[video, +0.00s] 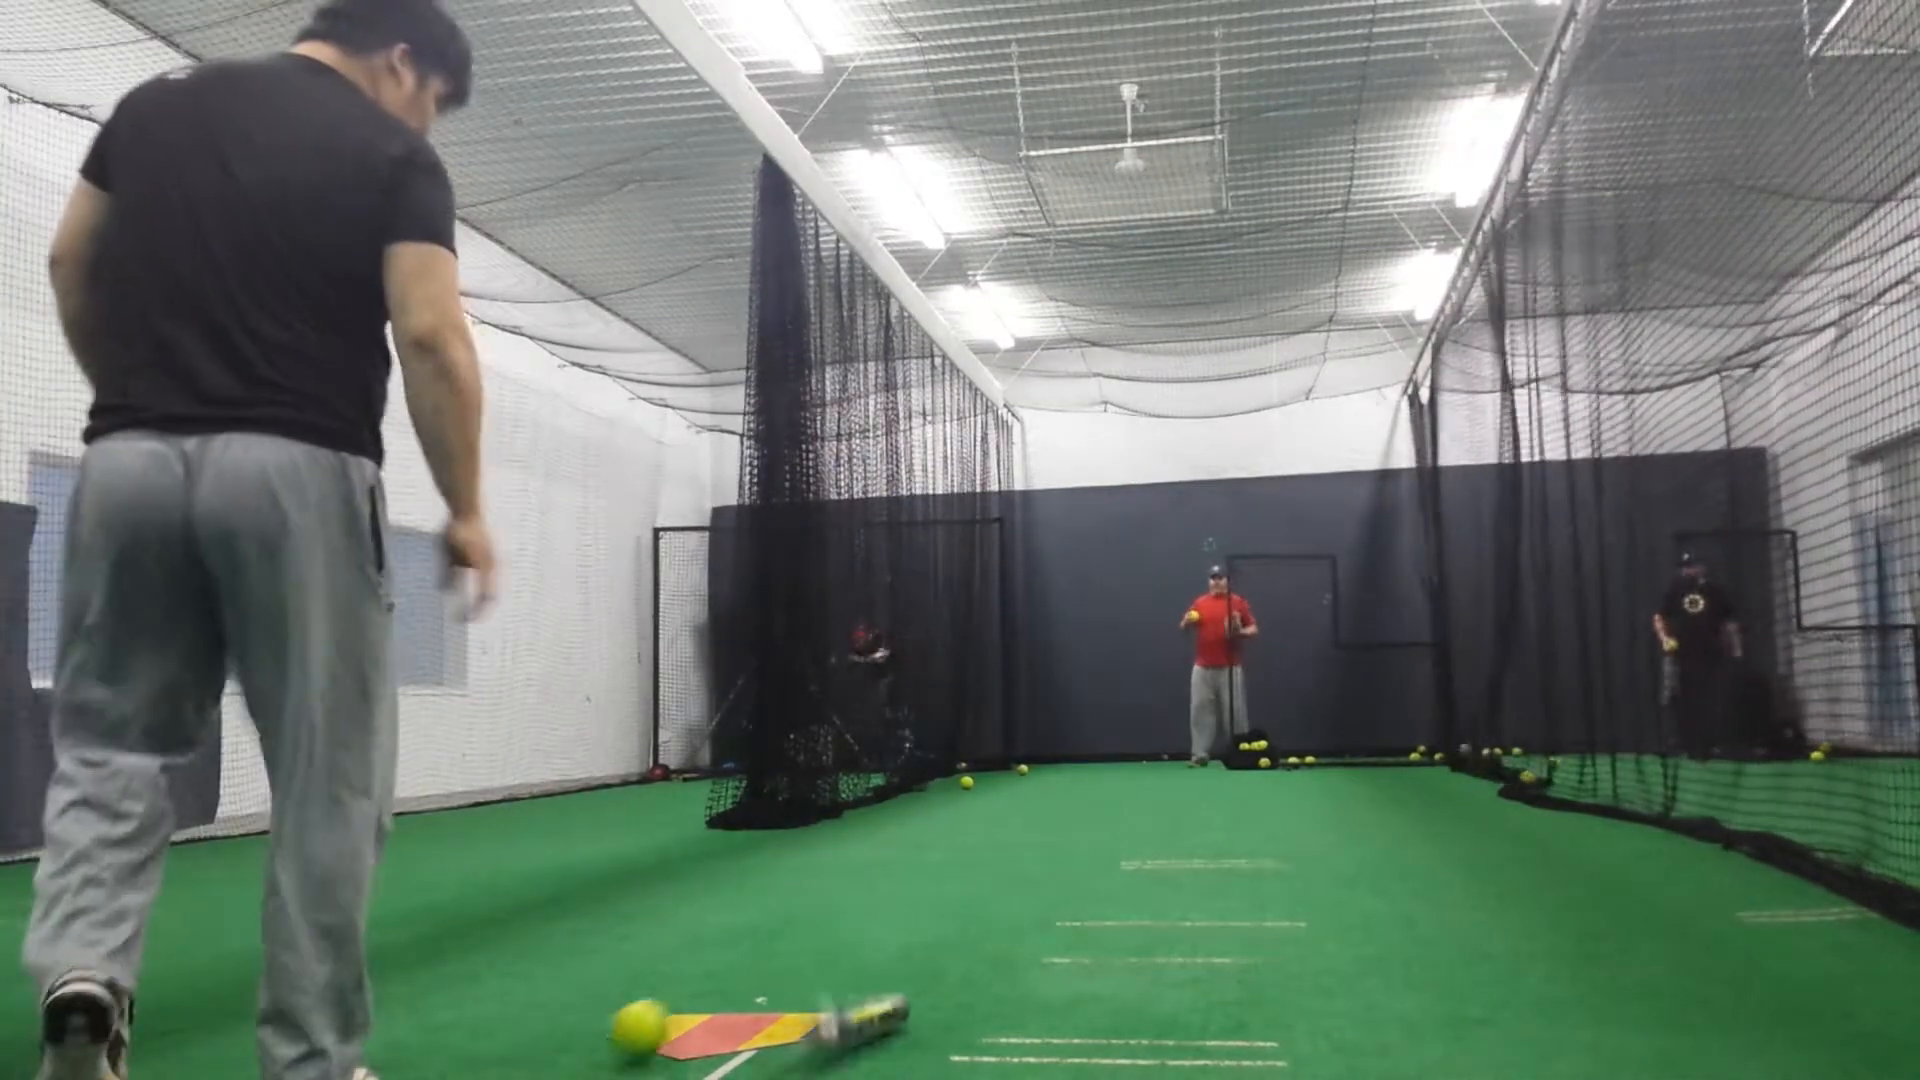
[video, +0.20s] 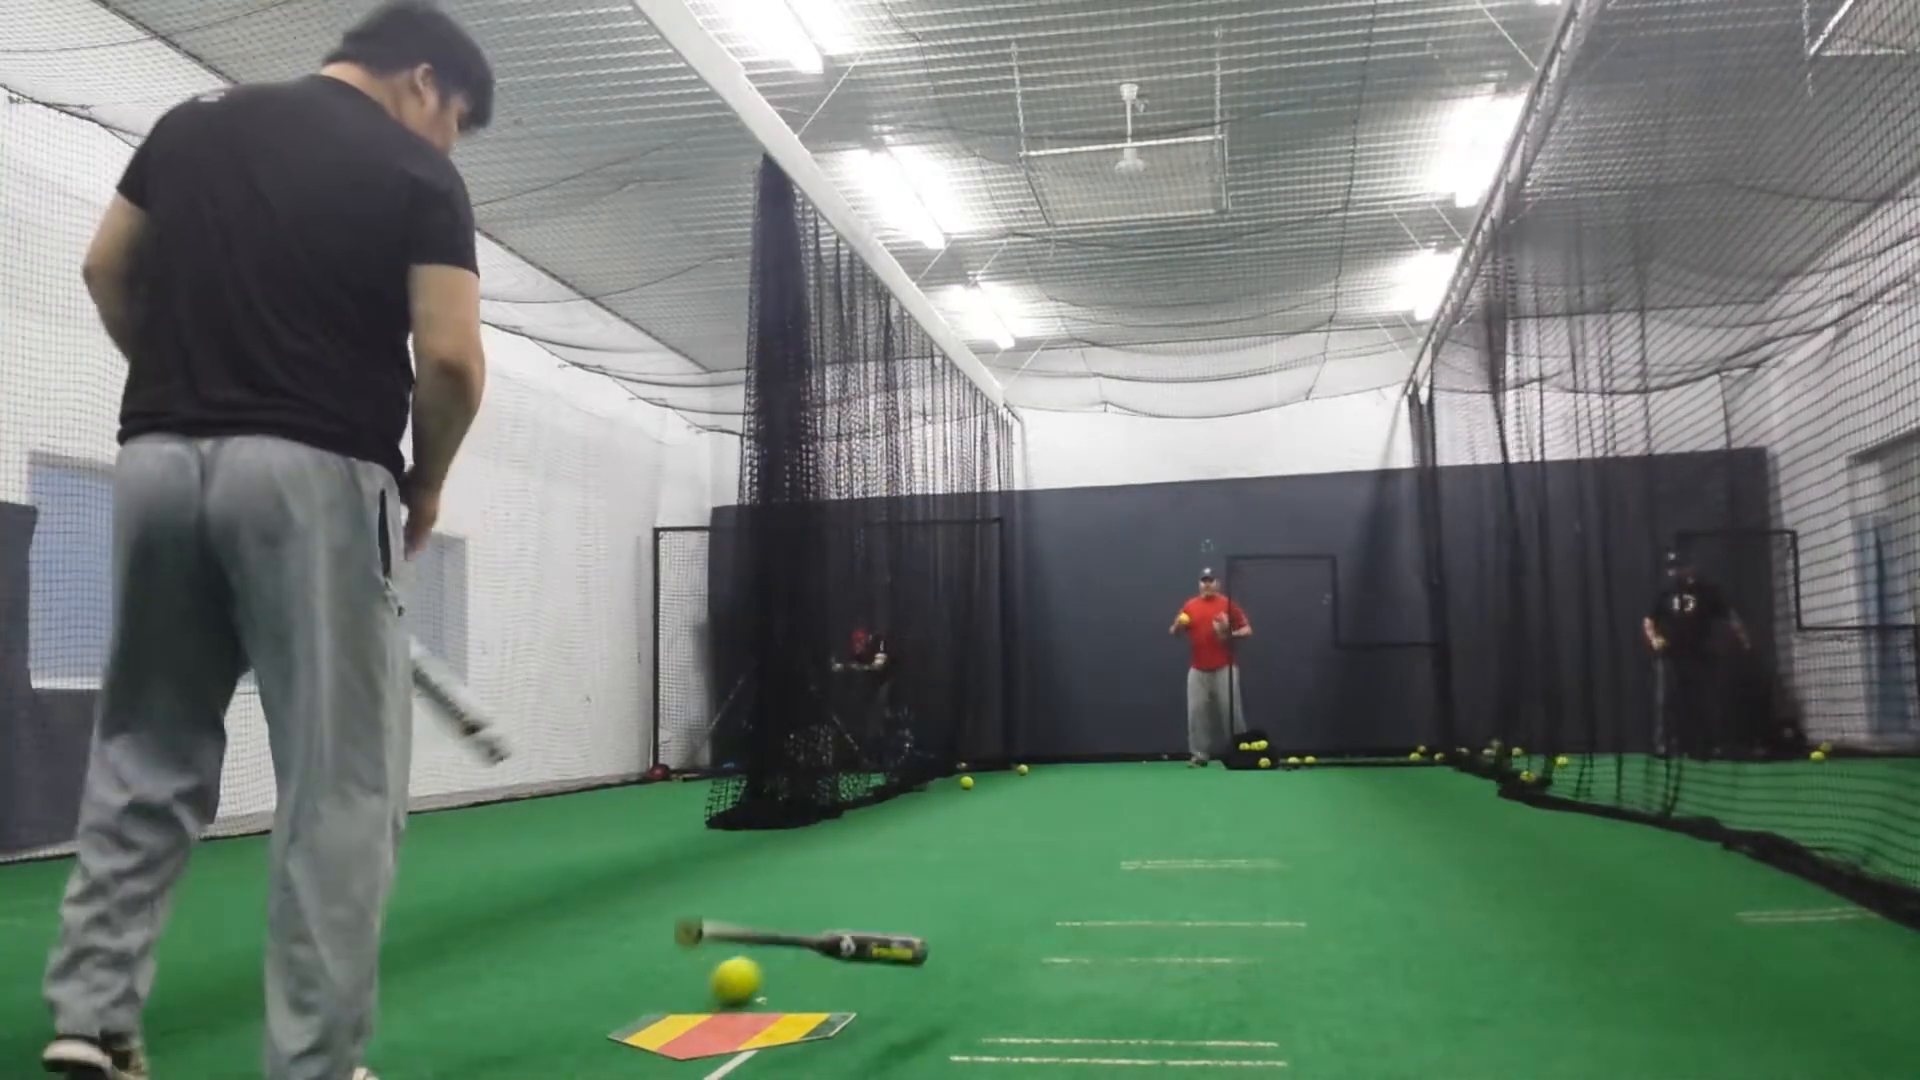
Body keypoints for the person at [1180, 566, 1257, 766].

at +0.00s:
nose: (1217, 581)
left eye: (1220, 578)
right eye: (1213, 578)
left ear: (1227, 581)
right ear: (1209, 581)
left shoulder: (1238, 603)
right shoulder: (1201, 603)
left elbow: (1253, 628)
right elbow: (1183, 628)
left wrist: (1240, 630)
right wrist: (1188, 621)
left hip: (1230, 664)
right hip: (1204, 664)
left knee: (1235, 709)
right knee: (1200, 708)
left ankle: (1239, 752)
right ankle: (1200, 753)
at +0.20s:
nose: (1207, 584)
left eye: (1210, 581)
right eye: (1204, 581)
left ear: (1217, 583)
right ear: (1199, 584)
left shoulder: (1227, 605)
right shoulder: (1190, 605)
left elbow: (1247, 629)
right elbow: (1174, 633)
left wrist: (1229, 633)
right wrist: (1178, 625)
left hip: (1223, 666)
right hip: (1199, 667)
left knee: (1230, 709)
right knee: (1196, 710)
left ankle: (1238, 750)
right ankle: (1199, 753)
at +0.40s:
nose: (1199, 584)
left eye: (1202, 581)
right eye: (1196, 581)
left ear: (1208, 584)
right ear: (1190, 585)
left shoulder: (1221, 604)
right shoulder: (1183, 607)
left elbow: (1236, 628)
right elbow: (1168, 634)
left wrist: (1224, 633)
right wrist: (1175, 629)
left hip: (1221, 667)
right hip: (1195, 670)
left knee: (1232, 710)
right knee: (1195, 714)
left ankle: (1241, 750)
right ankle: (1198, 754)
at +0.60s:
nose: (1198, 584)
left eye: (1201, 580)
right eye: (1195, 581)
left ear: (1207, 583)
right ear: (1189, 584)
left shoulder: (1221, 603)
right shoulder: (1181, 606)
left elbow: (1241, 624)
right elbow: (1166, 633)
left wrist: (1227, 630)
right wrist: (1176, 629)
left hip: (1221, 665)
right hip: (1195, 667)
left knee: (1232, 708)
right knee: (1196, 711)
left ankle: (1241, 750)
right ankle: (1199, 753)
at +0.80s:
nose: (1202, 586)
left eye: (1205, 582)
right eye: (1198, 583)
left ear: (1211, 585)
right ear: (1193, 586)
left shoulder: (1223, 605)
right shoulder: (1186, 607)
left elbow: (1240, 627)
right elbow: (1171, 634)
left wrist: (1229, 630)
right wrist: (1181, 630)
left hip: (1223, 667)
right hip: (1197, 669)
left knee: (1232, 710)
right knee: (1197, 714)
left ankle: (1238, 751)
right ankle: (1199, 753)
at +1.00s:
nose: (1209, 584)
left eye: (1212, 580)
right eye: (1205, 581)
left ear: (1218, 582)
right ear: (1201, 584)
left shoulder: (1233, 601)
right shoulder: (1195, 605)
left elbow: (1259, 616)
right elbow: (1177, 629)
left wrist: (1243, 623)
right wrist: (1185, 626)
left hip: (1228, 664)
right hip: (1203, 665)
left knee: (1233, 709)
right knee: (1202, 710)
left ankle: (1238, 751)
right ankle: (1200, 752)